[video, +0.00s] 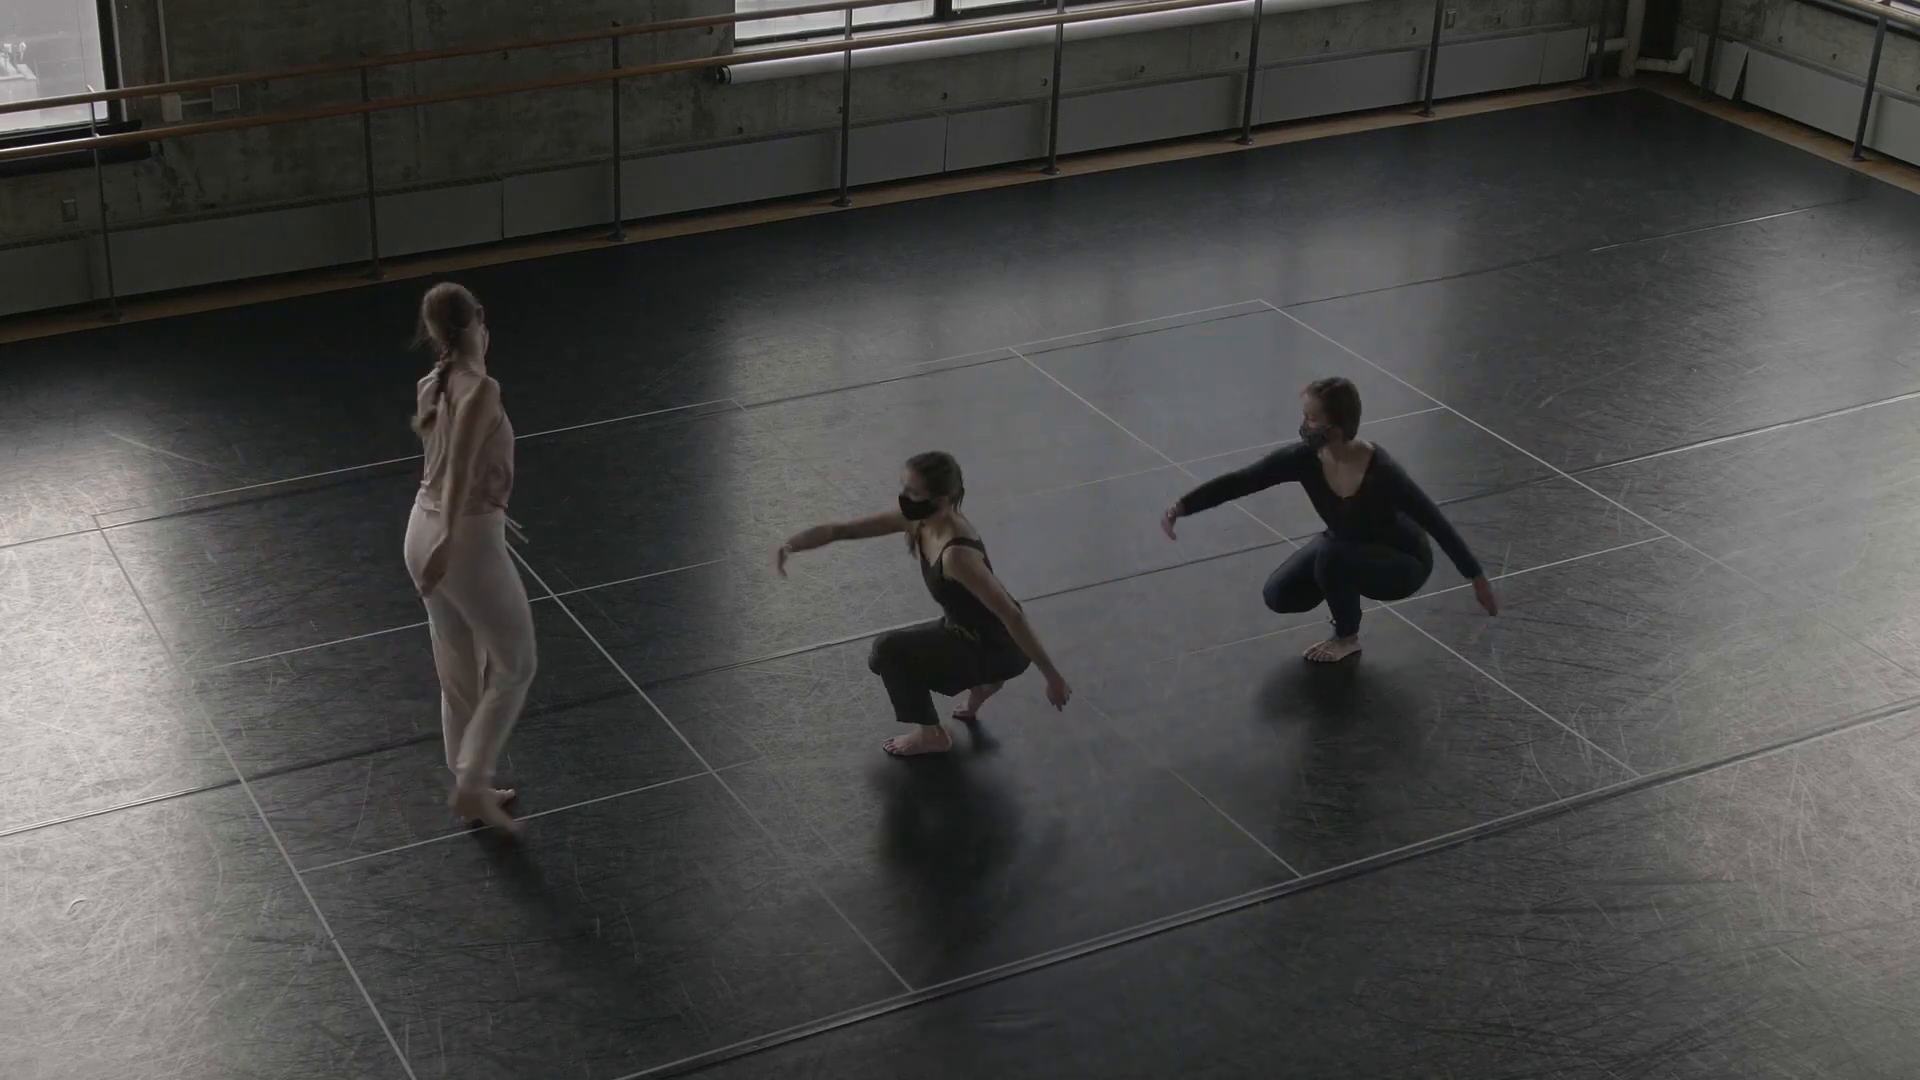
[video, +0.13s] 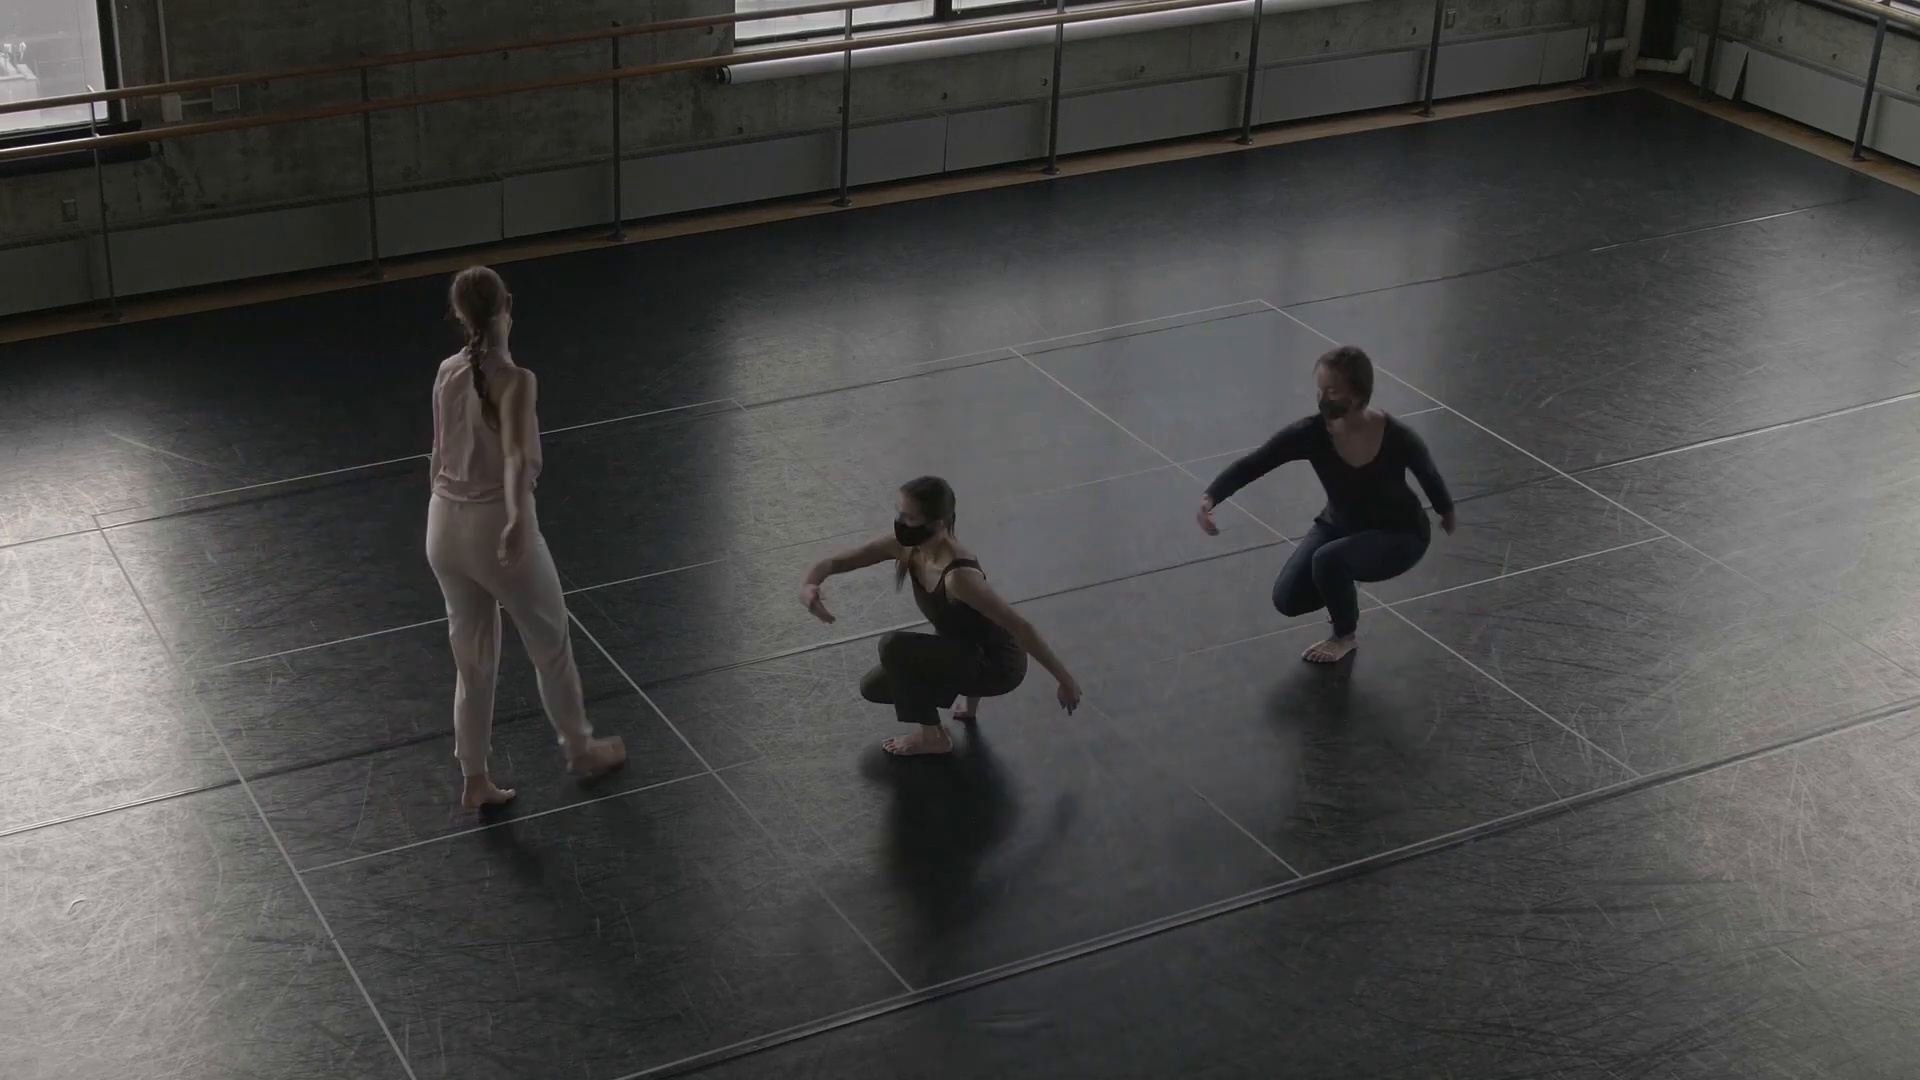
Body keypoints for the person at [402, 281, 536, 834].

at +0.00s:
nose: (485, 328)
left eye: (478, 321)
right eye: (482, 321)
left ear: (437, 332)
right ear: (477, 325)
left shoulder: (434, 383)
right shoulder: (476, 385)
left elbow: (443, 465)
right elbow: (458, 464)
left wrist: (491, 516)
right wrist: (448, 537)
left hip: (427, 531)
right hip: (470, 536)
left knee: (457, 670)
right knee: (517, 663)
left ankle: (465, 787)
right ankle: (473, 782)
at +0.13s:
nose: (511, 312)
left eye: (504, 305)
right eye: (509, 305)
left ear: (460, 316)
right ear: (506, 311)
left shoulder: (447, 374)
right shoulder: (516, 380)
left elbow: (442, 450)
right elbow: (517, 457)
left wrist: (447, 503)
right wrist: (517, 518)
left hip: (443, 525)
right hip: (500, 524)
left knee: (472, 665)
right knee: (551, 642)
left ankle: (475, 783)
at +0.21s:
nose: (523, 305)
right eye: (523, 298)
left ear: (476, 311)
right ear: (522, 304)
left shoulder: (456, 371)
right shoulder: (544, 376)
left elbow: (447, 451)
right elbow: (566, 440)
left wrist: (443, 513)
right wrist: (591, 494)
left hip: (463, 526)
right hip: (529, 528)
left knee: (495, 633)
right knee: (563, 626)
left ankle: (482, 750)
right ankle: (592, 731)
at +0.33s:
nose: (543, 319)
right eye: (542, 312)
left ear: (496, 325)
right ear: (544, 318)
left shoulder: (476, 389)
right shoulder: (572, 384)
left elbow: (463, 470)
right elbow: (638, 420)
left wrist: (452, 533)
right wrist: (705, 439)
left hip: (490, 533)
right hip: (559, 532)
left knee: (502, 605)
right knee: (585, 614)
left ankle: (516, 702)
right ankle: (591, 724)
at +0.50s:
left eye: (522, 370)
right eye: (560, 366)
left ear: (518, 379)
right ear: (564, 374)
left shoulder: (496, 441)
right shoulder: (593, 435)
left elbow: (474, 521)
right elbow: (676, 427)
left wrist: (458, 582)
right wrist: (750, 395)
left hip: (508, 593)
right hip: (576, 593)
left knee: (526, 590)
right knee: (609, 598)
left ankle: (544, 691)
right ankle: (596, 713)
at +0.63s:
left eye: (534, 421)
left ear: (532, 429)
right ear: (577, 424)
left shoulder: (509, 487)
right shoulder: (604, 478)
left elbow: (478, 568)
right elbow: (676, 461)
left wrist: (452, 630)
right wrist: (713, 424)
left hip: (522, 640)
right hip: (586, 640)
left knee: (523, 590)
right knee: (617, 597)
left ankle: (546, 689)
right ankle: (598, 709)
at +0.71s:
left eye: (537, 446)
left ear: (538, 455)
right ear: (582, 450)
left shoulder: (515, 512)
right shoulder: (610, 501)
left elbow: (482, 595)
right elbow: (664, 482)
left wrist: (450, 662)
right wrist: (667, 450)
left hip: (531, 665)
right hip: (593, 665)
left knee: (526, 594)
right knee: (620, 601)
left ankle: (546, 692)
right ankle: (598, 707)